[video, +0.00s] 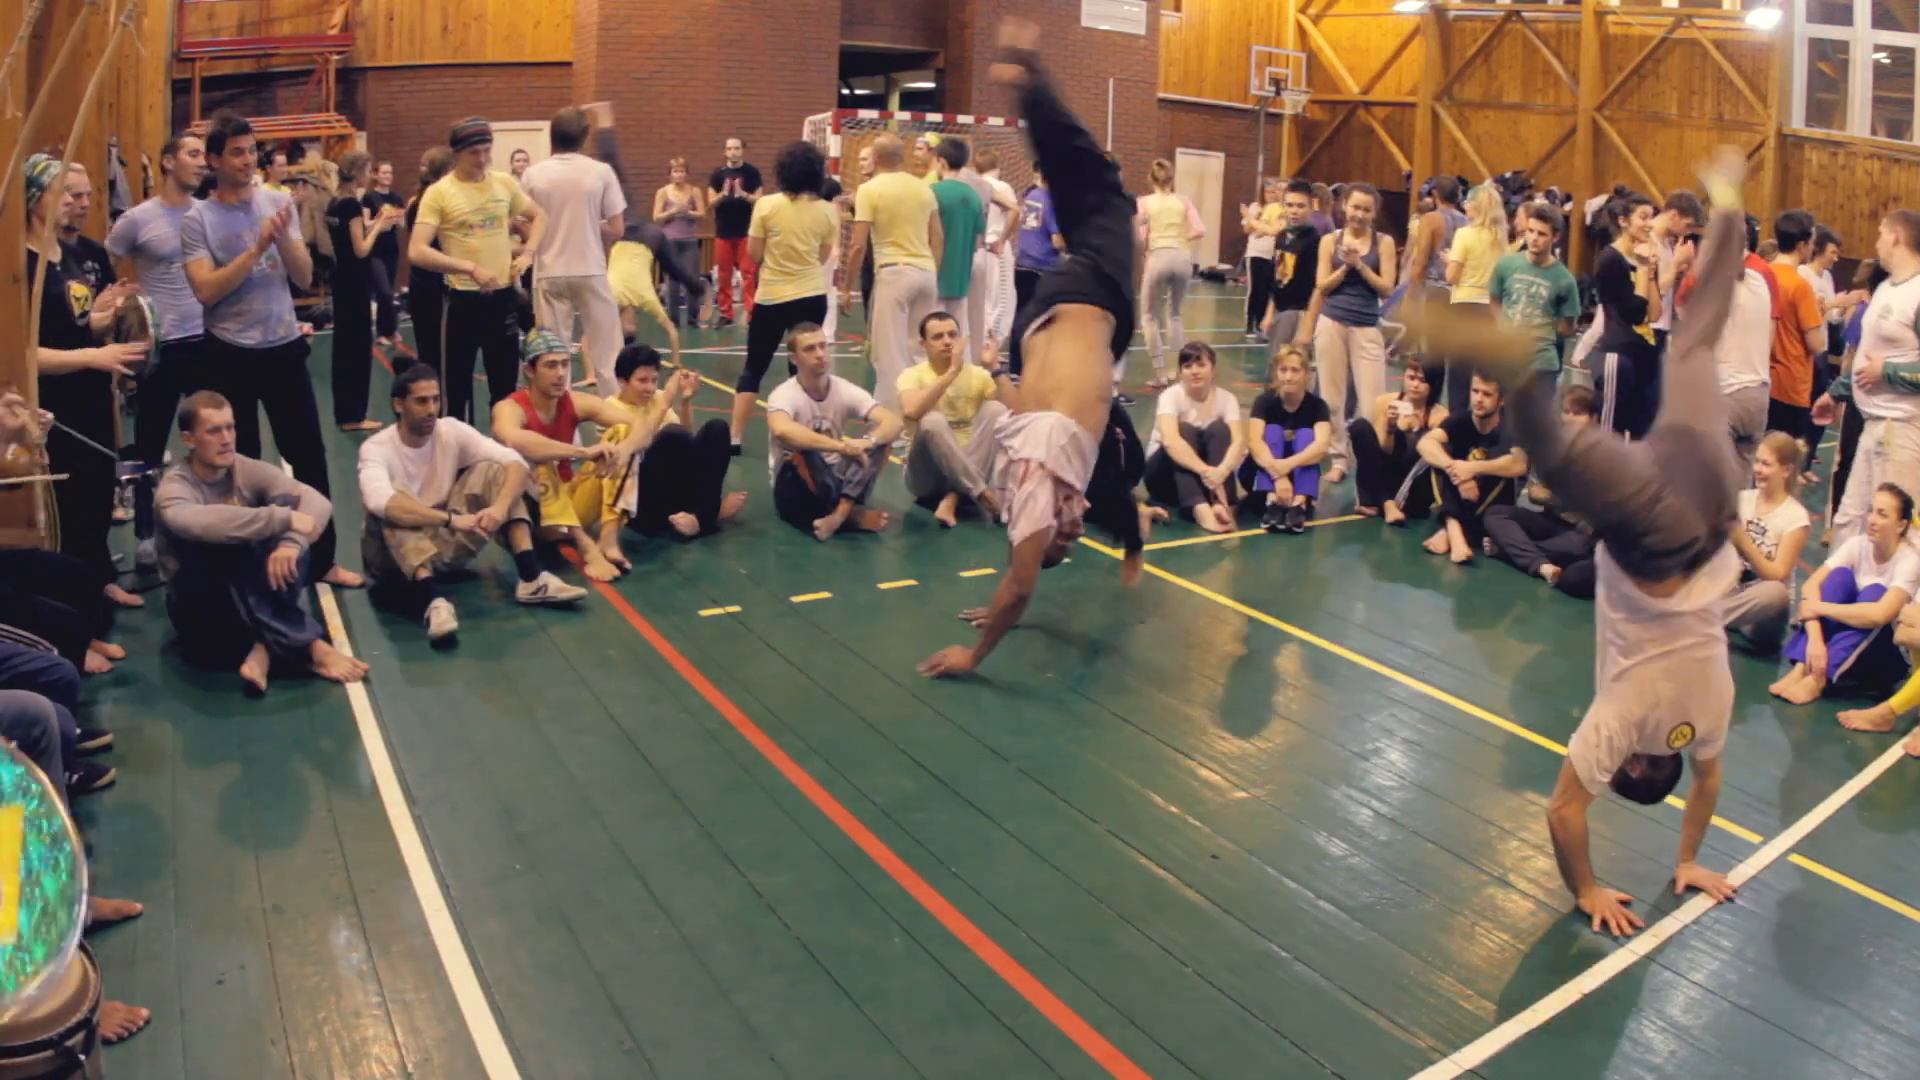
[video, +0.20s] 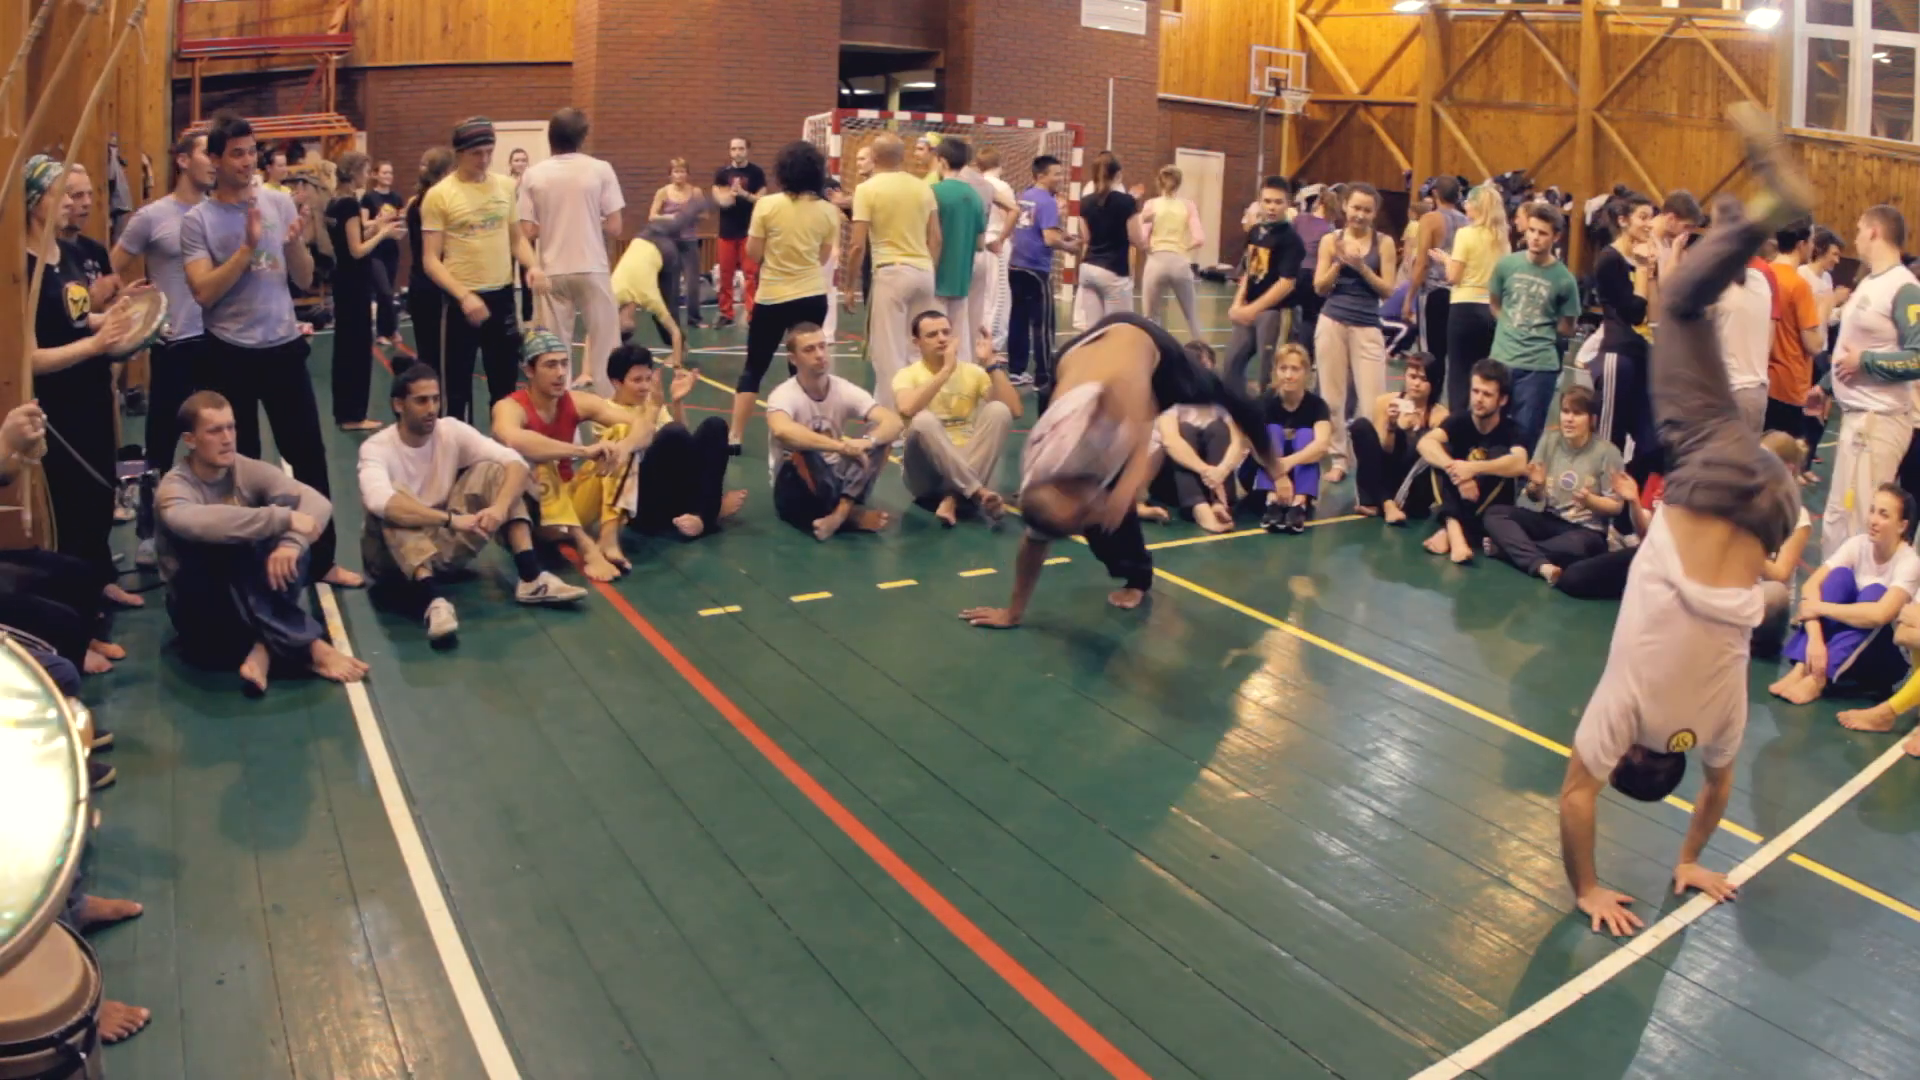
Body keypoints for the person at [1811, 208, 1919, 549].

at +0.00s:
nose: (1876, 243)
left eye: (1880, 235)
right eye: (1878, 235)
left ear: (1896, 238)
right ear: (1899, 239)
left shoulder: (1915, 291)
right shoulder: (1886, 288)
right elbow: (1871, 358)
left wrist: (1888, 371)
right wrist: (1837, 393)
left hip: (1905, 423)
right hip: (1873, 420)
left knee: (1898, 524)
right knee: (1850, 517)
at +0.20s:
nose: (1855, 239)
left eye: (1859, 231)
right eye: (1857, 232)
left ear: (1874, 233)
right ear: (1880, 234)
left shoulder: (1905, 288)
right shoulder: (1869, 283)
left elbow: (1916, 357)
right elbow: (1856, 348)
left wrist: (1865, 360)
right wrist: (1826, 387)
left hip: (1885, 414)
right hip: (1856, 411)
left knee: (1866, 515)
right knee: (1838, 511)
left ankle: (1867, 597)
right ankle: (1832, 594)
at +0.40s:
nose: (1843, 238)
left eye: (1846, 230)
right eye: (1845, 231)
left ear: (1858, 230)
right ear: (1877, 233)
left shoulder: (1890, 284)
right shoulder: (1859, 282)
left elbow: (1904, 355)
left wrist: (1844, 360)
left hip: (1871, 412)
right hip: (1846, 407)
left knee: (1847, 510)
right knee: (1827, 502)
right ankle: (1826, 591)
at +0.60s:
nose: (1839, 243)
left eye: (1842, 235)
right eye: (1840, 235)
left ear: (1856, 235)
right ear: (1869, 237)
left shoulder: (1879, 287)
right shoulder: (1857, 284)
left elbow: (1889, 360)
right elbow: (1856, 347)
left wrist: (1832, 364)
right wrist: (1819, 360)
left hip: (1862, 414)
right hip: (1841, 410)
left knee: (1838, 514)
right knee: (1810, 498)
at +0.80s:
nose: (1836, 242)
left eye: (1840, 234)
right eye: (1838, 234)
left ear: (1855, 236)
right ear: (1862, 237)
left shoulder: (1875, 287)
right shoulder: (1850, 282)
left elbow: (1883, 358)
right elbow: (1844, 336)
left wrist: (1828, 362)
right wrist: (1809, 336)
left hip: (1856, 408)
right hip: (1834, 403)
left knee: (1841, 497)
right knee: (1825, 490)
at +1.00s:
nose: (1828, 244)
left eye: (1832, 235)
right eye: (1829, 236)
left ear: (1848, 237)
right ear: (1849, 238)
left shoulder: (1863, 286)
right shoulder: (1842, 281)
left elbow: (1872, 354)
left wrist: (1818, 374)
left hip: (1850, 402)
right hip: (1827, 397)